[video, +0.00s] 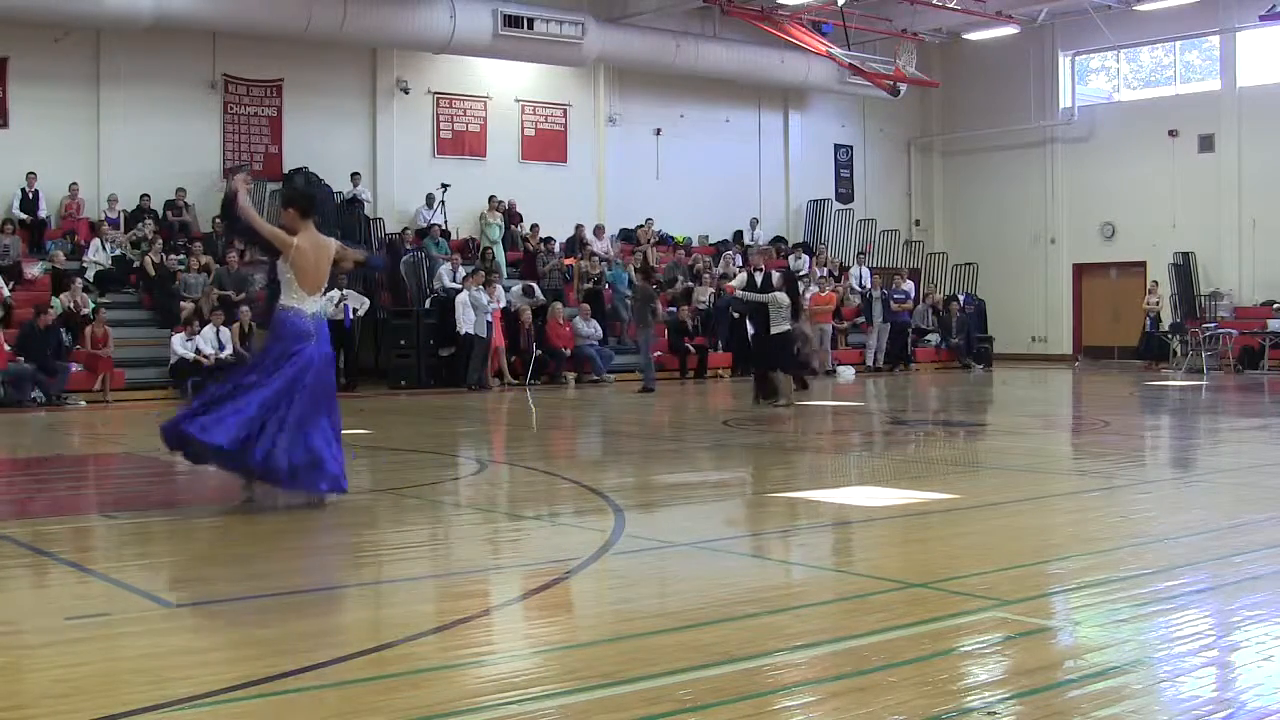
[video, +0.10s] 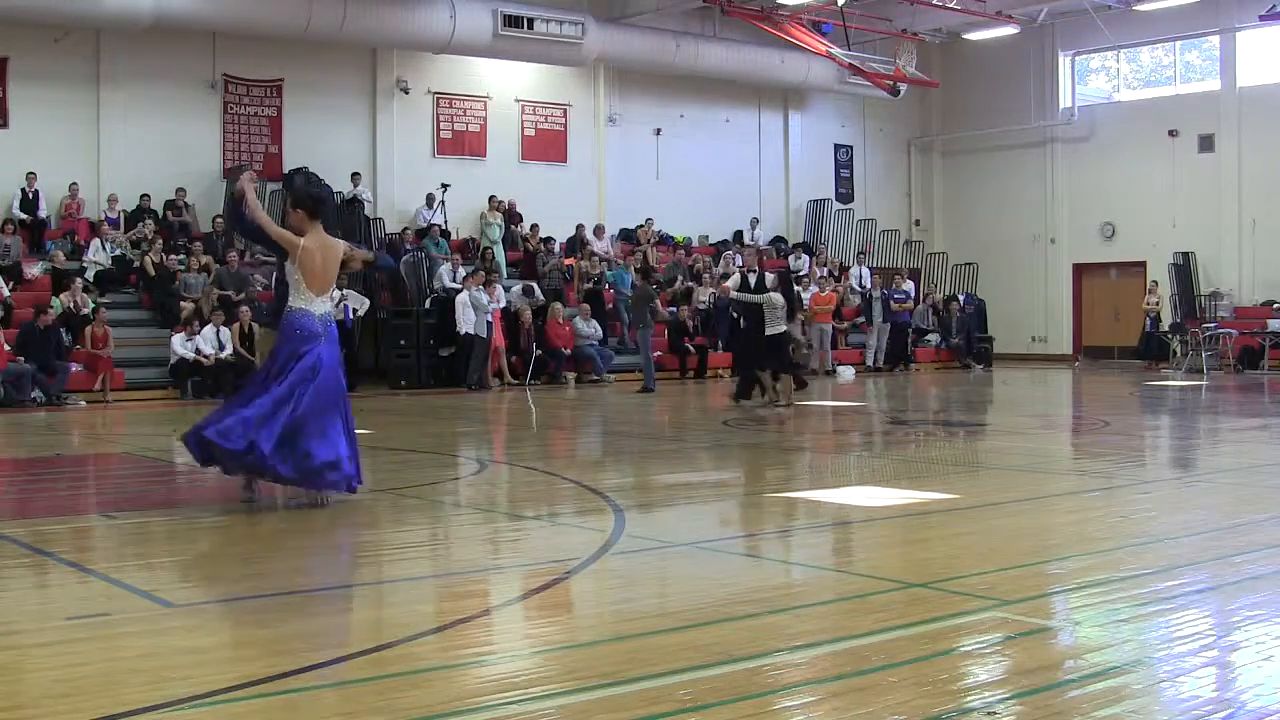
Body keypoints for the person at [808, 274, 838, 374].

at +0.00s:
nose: (821, 285)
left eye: (823, 283)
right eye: (819, 283)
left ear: (827, 284)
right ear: (817, 284)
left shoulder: (832, 296)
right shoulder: (814, 296)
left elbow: (832, 307)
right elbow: (811, 309)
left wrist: (818, 309)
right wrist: (825, 308)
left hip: (827, 322)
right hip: (816, 322)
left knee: (827, 346)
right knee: (815, 346)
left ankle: (828, 366)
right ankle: (815, 366)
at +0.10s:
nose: (821, 285)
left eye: (823, 283)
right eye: (819, 283)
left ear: (826, 284)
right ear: (817, 284)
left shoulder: (832, 296)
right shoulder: (814, 296)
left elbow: (832, 307)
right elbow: (812, 308)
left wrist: (818, 308)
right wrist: (827, 308)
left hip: (827, 322)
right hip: (816, 322)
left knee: (827, 347)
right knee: (815, 347)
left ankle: (828, 367)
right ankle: (814, 367)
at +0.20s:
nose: (821, 285)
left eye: (823, 283)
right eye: (819, 283)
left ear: (826, 284)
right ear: (817, 284)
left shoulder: (832, 295)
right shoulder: (814, 296)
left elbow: (832, 307)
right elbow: (812, 309)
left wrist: (818, 308)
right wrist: (827, 309)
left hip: (827, 322)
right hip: (816, 322)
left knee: (827, 347)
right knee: (815, 346)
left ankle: (828, 367)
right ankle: (814, 367)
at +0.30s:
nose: (821, 285)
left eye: (823, 283)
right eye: (819, 283)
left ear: (826, 284)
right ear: (817, 284)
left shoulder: (832, 295)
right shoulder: (814, 295)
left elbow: (832, 307)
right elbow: (812, 308)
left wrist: (818, 308)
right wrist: (827, 308)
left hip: (827, 322)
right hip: (816, 322)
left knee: (827, 347)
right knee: (815, 346)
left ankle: (828, 367)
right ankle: (815, 366)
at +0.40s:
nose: (821, 285)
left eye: (823, 283)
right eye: (819, 283)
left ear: (826, 284)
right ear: (817, 284)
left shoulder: (832, 295)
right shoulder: (813, 295)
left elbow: (832, 307)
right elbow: (812, 308)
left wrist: (818, 308)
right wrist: (826, 308)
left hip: (827, 322)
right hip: (816, 322)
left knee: (827, 347)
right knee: (815, 346)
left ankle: (828, 367)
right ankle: (815, 366)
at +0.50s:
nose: (821, 285)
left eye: (823, 283)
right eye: (819, 283)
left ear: (827, 284)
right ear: (817, 284)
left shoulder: (832, 295)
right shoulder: (814, 295)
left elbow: (832, 307)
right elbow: (812, 308)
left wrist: (818, 308)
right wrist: (827, 308)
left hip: (827, 322)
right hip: (816, 322)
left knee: (827, 347)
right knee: (815, 346)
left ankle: (828, 367)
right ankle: (814, 366)